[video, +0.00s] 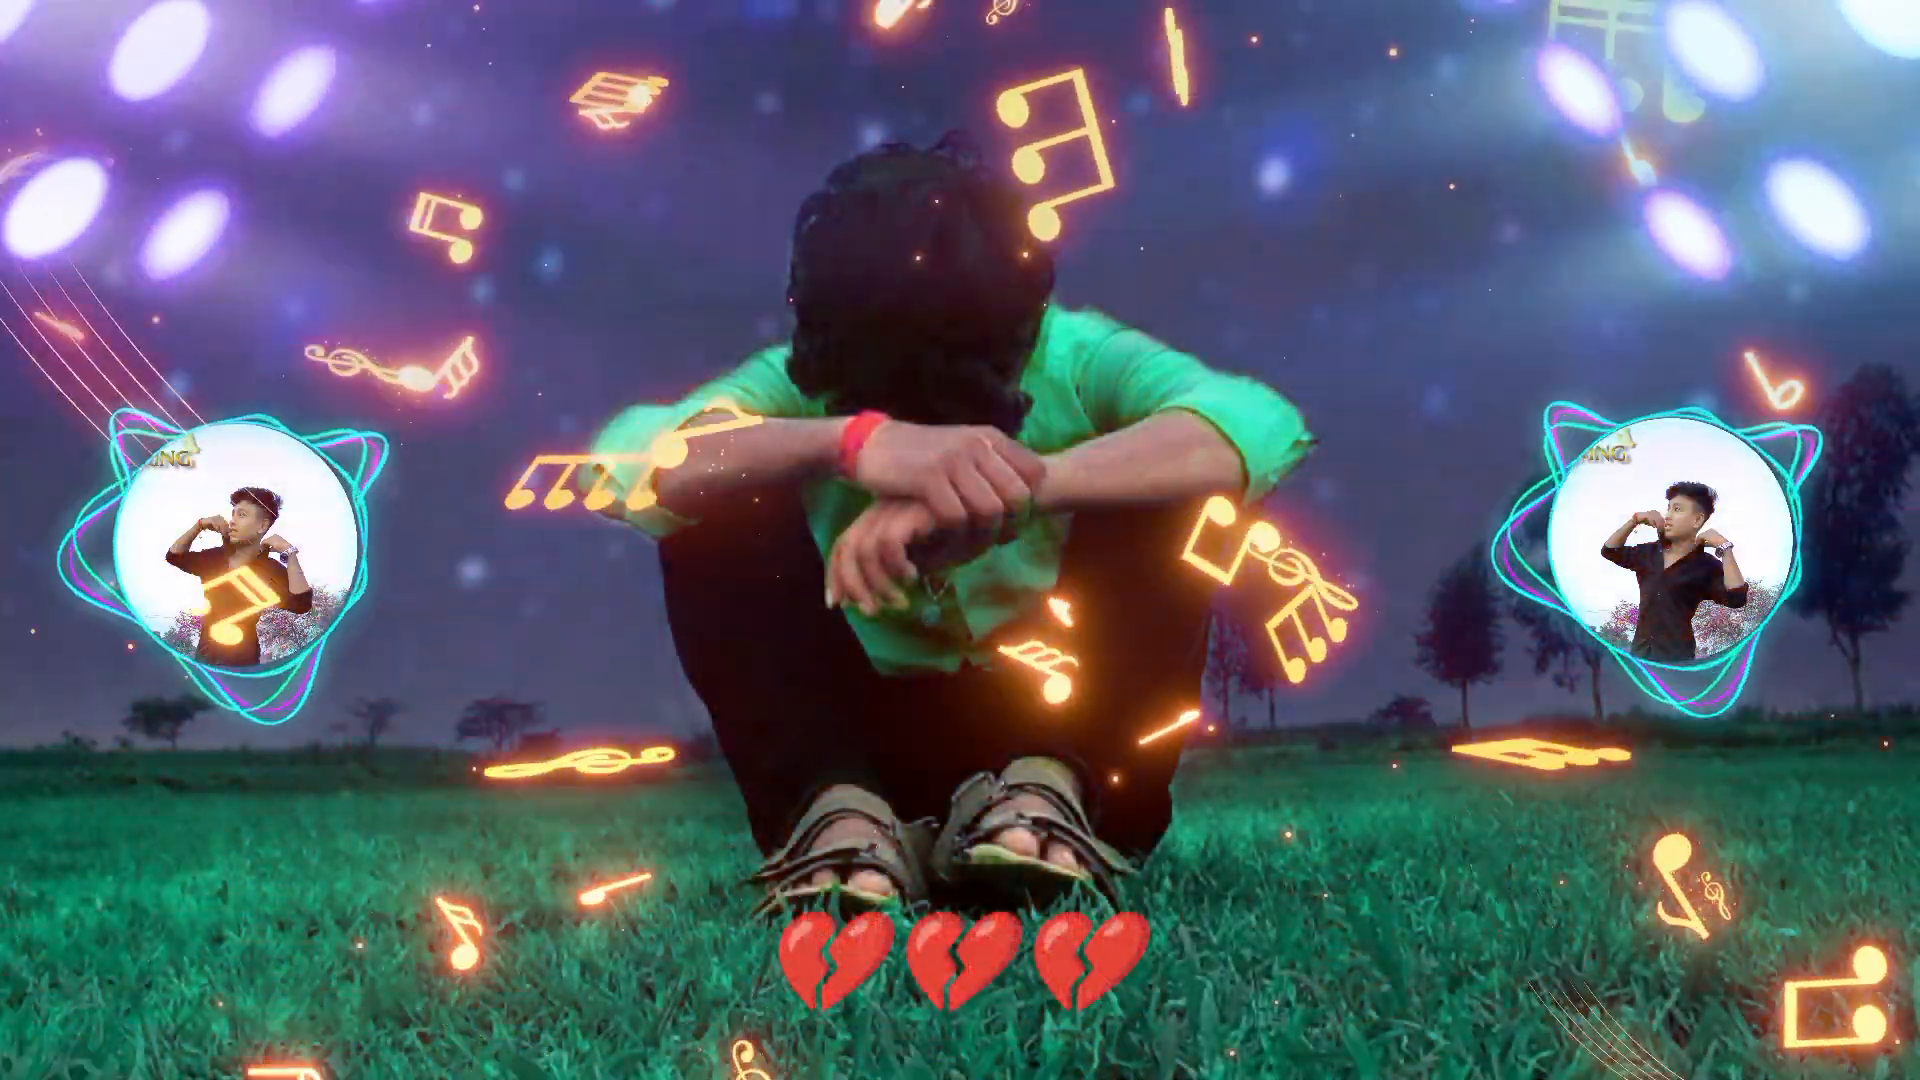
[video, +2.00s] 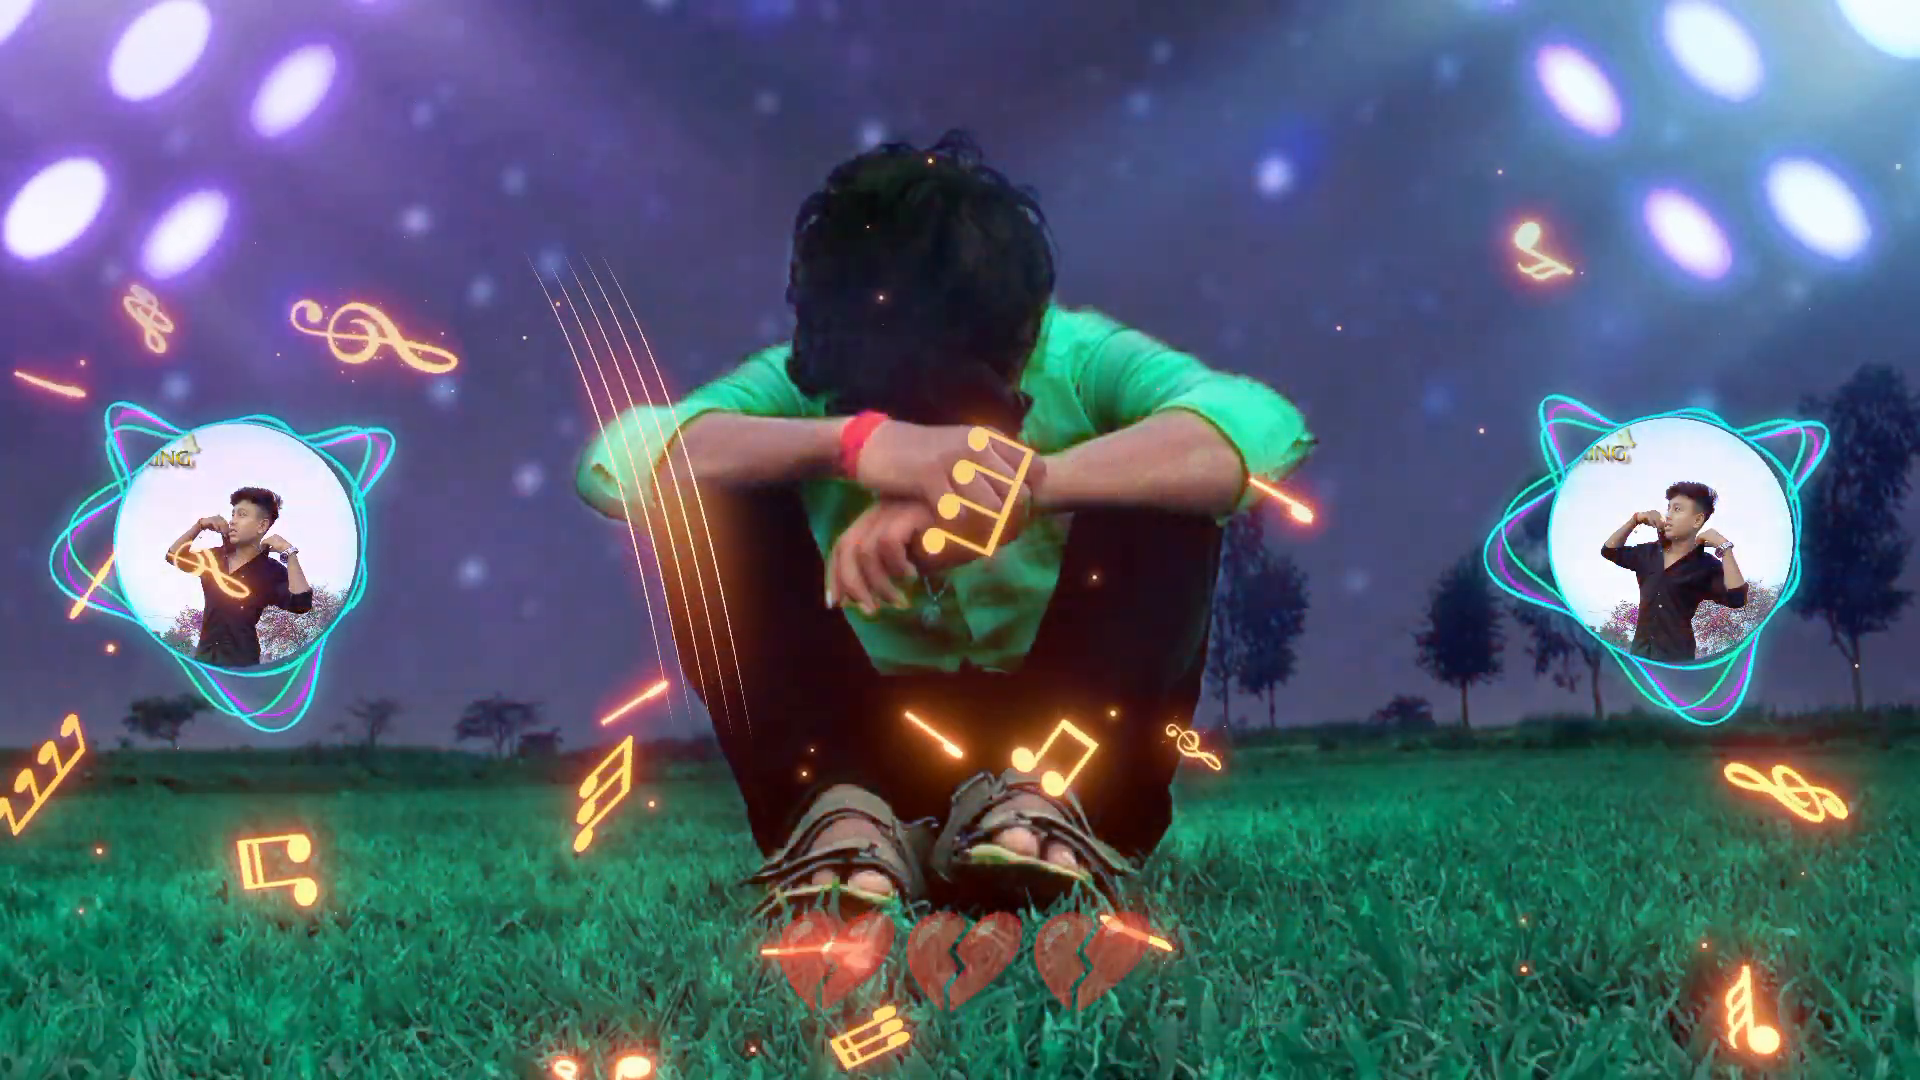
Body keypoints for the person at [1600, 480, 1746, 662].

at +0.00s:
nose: (1667, 515)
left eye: (1677, 509)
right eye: (1668, 509)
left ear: (1698, 519)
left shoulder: (1705, 565)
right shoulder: (1648, 553)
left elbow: (1737, 600)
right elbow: (1609, 551)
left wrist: (1725, 548)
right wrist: (1633, 522)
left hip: (1678, 659)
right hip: (1640, 654)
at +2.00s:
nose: (1668, 516)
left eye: (1677, 509)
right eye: (1669, 509)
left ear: (1698, 519)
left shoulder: (1705, 565)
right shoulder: (1648, 553)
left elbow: (1737, 600)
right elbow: (1609, 551)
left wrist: (1725, 548)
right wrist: (1634, 521)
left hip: (1677, 659)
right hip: (1639, 654)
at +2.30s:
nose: (1667, 516)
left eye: (1677, 509)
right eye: (1668, 509)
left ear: (1698, 520)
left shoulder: (1705, 565)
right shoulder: (1648, 553)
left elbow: (1737, 600)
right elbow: (1609, 551)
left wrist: (1725, 547)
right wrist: (1634, 521)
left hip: (1677, 659)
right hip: (1639, 655)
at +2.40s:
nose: (1667, 515)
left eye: (1677, 509)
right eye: (1669, 509)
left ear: (1698, 519)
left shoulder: (1706, 566)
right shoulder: (1649, 552)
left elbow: (1737, 600)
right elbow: (1609, 551)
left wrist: (1725, 548)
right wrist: (1635, 522)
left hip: (1677, 660)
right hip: (1639, 655)